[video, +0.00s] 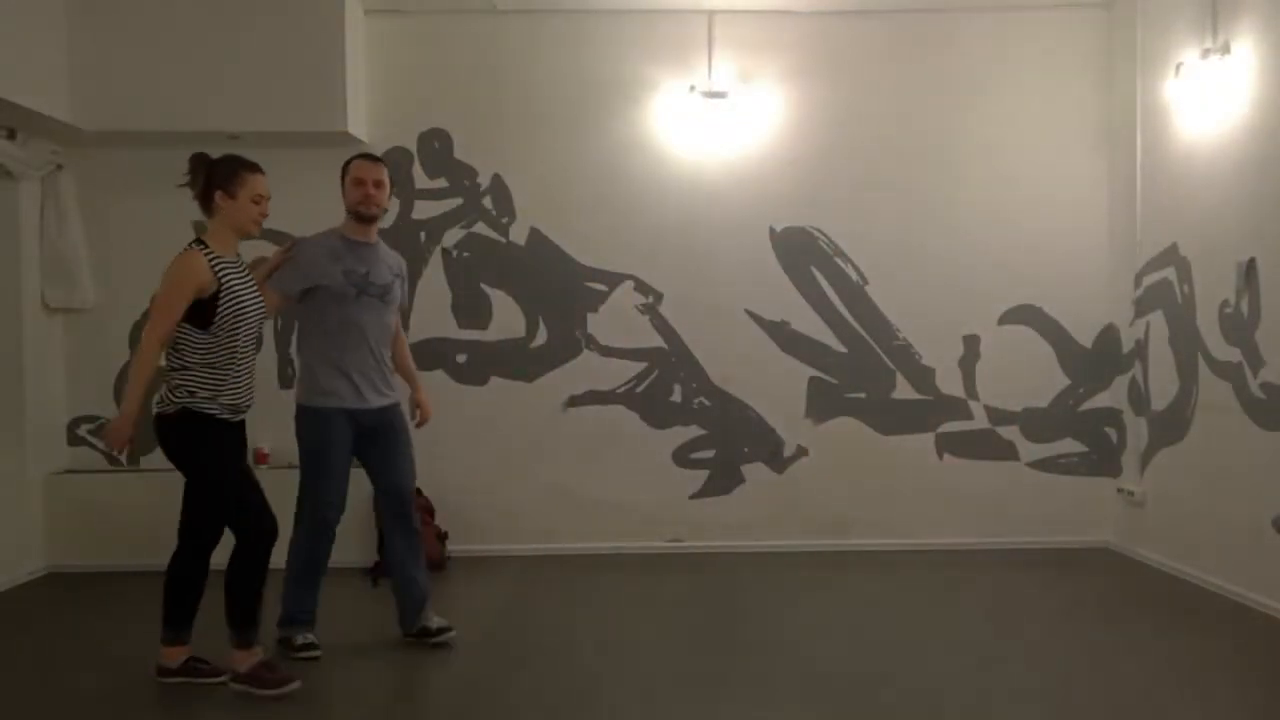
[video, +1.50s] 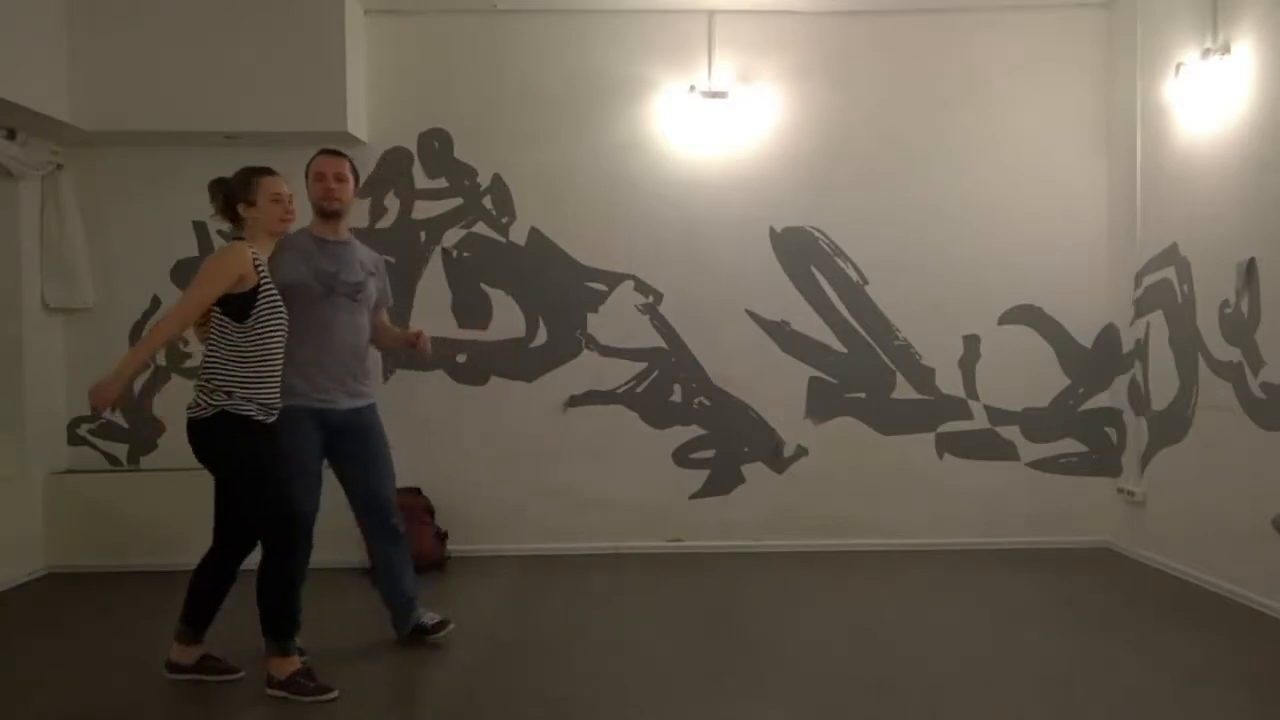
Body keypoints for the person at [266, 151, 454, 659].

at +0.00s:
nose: (369, 192)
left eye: (378, 185)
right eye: (359, 184)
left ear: (389, 195)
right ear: (343, 192)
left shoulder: (394, 265)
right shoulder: (312, 252)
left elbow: (393, 334)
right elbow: (254, 307)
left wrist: (416, 385)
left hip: (381, 403)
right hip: (324, 404)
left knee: (401, 506)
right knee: (320, 515)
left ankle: (416, 615)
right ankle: (297, 625)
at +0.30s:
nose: (405, 191)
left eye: (414, 184)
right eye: (395, 182)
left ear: (423, 194)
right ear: (377, 190)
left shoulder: (427, 262)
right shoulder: (349, 248)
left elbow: (432, 335)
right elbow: (297, 303)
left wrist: (465, 368)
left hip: (417, 395)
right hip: (364, 394)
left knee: (424, 503)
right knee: (389, 499)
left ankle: (417, 616)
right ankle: (334, 606)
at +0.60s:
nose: (416, 188)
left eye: (424, 181)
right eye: (407, 179)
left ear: (435, 192)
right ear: (389, 188)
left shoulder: (439, 259)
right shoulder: (367, 246)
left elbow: (447, 328)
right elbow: (319, 301)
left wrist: (492, 340)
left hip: (431, 399)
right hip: (380, 397)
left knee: (433, 508)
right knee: (403, 507)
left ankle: (424, 615)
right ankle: (418, 627)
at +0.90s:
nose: (414, 187)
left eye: (422, 180)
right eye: (404, 178)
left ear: (433, 192)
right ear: (387, 188)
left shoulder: (437, 260)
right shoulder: (365, 247)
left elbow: (444, 332)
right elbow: (314, 296)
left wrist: (486, 338)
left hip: (429, 398)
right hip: (377, 397)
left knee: (433, 510)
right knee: (404, 510)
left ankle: (425, 619)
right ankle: (418, 630)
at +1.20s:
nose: (383, 185)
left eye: (391, 178)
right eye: (374, 178)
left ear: (405, 190)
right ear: (359, 187)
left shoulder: (414, 259)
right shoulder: (334, 250)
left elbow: (419, 323)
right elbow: (297, 316)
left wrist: (468, 337)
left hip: (406, 398)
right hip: (351, 398)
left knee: (416, 510)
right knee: (367, 509)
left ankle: (417, 619)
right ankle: (329, 623)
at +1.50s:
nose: (330, 186)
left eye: (340, 179)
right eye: (321, 179)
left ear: (355, 191)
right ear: (307, 190)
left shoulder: (369, 262)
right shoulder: (283, 250)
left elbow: (379, 329)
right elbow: (248, 306)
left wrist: (404, 338)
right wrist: (208, 320)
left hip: (356, 408)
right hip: (295, 407)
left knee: (382, 511)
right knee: (294, 523)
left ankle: (407, 615)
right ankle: (282, 635)